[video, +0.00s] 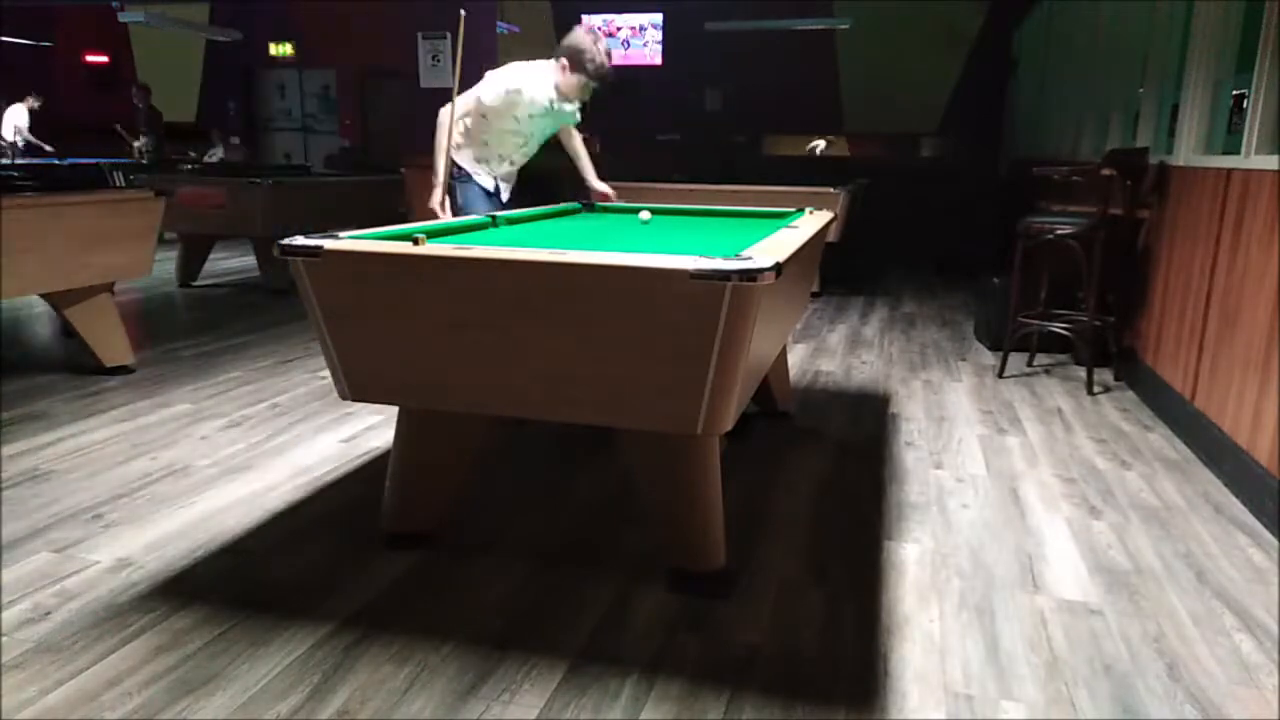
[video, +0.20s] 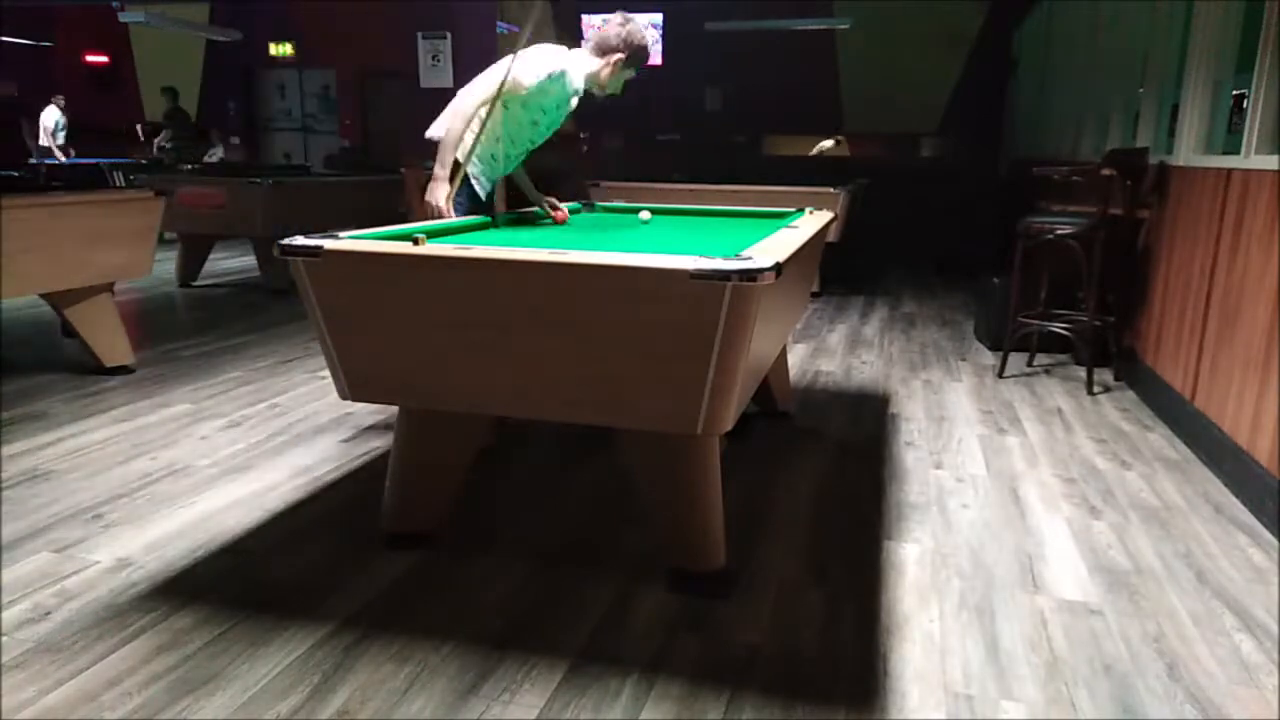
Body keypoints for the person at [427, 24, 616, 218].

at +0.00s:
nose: (587, 95)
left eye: (591, 89)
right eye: (585, 85)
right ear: (565, 67)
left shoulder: (565, 99)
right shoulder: (517, 80)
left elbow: (568, 134)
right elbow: (447, 113)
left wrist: (592, 181)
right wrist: (439, 185)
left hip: (502, 178)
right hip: (467, 172)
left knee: (503, 255)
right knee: (484, 254)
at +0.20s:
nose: (620, 89)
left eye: (628, 81)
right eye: (627, 77)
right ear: (615, 62)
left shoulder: (567, 93)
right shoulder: (550, 63)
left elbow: (505, 148)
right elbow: (465, 101)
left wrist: (536, 198)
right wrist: (439, 179)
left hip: (483, 187)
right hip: (459, 180)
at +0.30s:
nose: (647, 130)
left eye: (655, 124)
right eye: (655, 120)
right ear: (648, 102)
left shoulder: (597, 127)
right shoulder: (592, 91)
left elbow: (577, 191)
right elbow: (505, 97)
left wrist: (643, 202)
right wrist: (461, 169)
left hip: (495, 178)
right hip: (470, 162)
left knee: (487, 275)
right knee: (462, 273)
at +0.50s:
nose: (649, 138)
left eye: (656, 133)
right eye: (655, 129)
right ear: (647, 110)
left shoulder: (595, 134)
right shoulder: (590, 93)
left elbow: (573, 199)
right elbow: (505, 97)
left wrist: (637, 210)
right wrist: (460, 169)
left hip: (493, 177)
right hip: (468, 158)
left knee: (491, 271)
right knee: (463, 268)